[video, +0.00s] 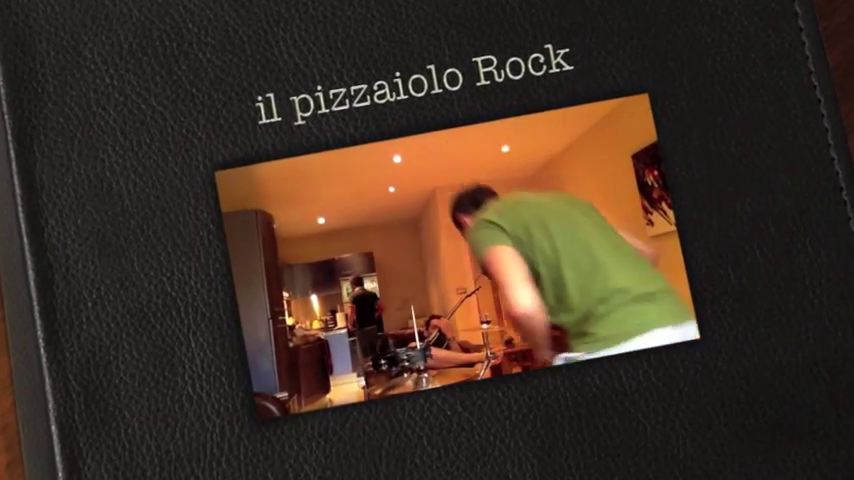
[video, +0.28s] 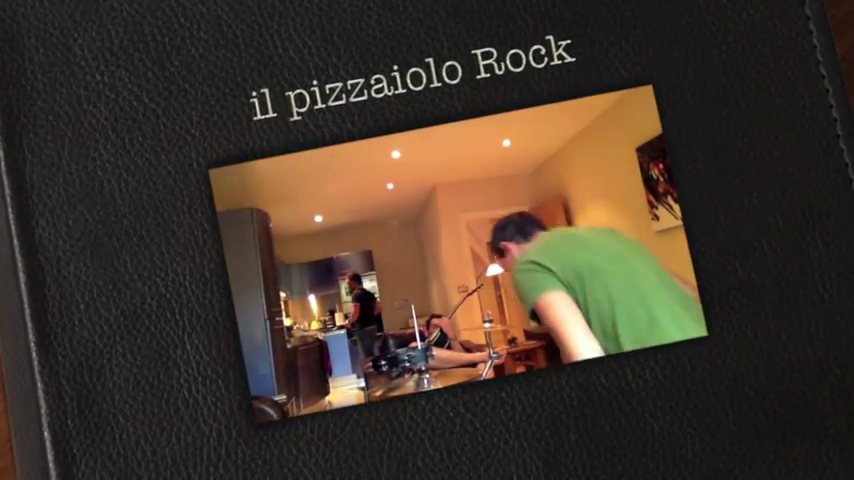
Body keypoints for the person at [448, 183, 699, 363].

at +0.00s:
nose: (470, 239)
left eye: (464, 233)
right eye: (466, 235)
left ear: (464, 221)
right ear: (495, 196)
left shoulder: (486, 225)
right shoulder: (566, 202)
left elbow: (524, 307)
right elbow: (645, 252)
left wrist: (545, 360)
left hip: (609, 347)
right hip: (681, 327)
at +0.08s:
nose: (483, 258)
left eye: (477, 250)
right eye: (479, 252)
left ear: (478, 234)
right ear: (506, 209)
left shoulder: (497, 236)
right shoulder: (573, 213)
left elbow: (549, 316)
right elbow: (656, 264)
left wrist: (565, 357)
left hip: (630, 351)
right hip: (689, 333)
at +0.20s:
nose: (501, 269)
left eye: (497, 263)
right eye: (497, 266)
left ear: (498, 248)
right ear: (529, 228)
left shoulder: (519, 257)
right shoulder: (593, 228)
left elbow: (577, 343)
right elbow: (676, 284)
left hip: (646, 371)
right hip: (702, 342)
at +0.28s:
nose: (509, 271)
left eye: (504, 265)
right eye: (504, 267)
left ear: (509, 249)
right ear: (541, 230)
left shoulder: (529, 263)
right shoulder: (607, 235)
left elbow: (585, 354)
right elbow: (689, 293)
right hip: (711, 353)